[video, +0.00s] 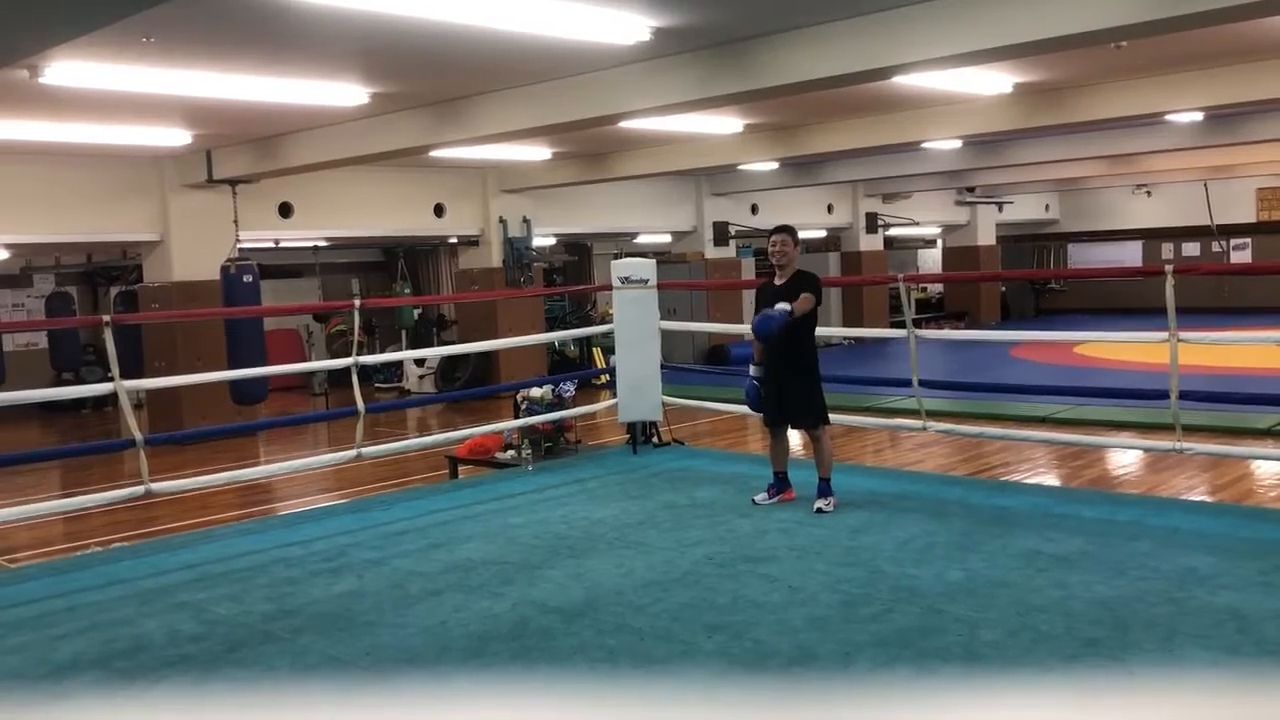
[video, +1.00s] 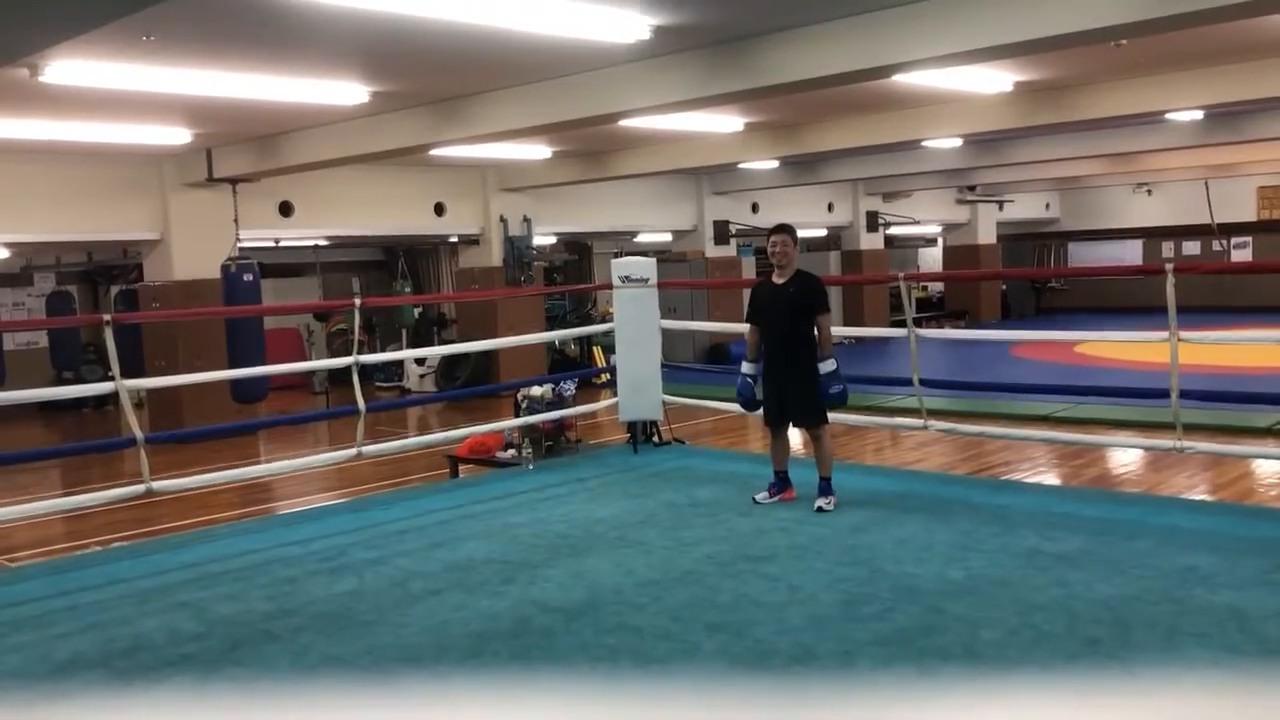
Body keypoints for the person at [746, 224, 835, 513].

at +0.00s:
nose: (777, 249)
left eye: (784, 244)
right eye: (773, 245)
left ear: (796, 249)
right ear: (767, 251)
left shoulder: (809, 280)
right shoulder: (764, 290)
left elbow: (808, 301)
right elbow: (759, 334)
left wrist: (786, 312)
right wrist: (755, 374)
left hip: (802, 367)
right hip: (772, 368)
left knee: (815, 430)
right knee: (775, 428)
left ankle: (824, 489)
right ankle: (780, 484)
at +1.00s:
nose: (778, 250)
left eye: (784, 244)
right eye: (773, 245)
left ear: (795, 248)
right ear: (767, 250)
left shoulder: (811, 284)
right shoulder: (760, 289)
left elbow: (824, 330)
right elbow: (753, 334)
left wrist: (829, 371)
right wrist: (748, 374)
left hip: (805, 371)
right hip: (773, 372)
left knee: (816, 430)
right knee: (776, 429)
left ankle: (825, 488)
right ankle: (781, 483)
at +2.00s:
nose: (773, 253)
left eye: (779, 247)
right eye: (769, 248)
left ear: (792, 250)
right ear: (764, 252)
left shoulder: (806, 286)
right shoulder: (759, 290)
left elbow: (814, 331)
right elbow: (753, 334)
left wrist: (814, 373)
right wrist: (749, 375)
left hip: (799, 372)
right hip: (768, 372)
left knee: (812, 432)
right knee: (773, 430)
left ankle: (822, 490)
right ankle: (779, 485)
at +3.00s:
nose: (777, 250)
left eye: (783, 245)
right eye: (773, 245)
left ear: (797, 248)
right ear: (769, 250)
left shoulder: (810, 285)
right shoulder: (763, 286)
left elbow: (818, 329)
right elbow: (756, 330)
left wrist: (816, 371)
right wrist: (750, 372)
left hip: (802, 370)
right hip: (771, 370)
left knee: (815, 429)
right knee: (775, 428)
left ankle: (825, 489)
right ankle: (781, 483)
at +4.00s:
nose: (780, 249)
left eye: (786, 244)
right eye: (776, 244)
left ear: (800, 248)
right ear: (772, 249)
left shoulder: (814, 285)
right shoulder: (766, 286)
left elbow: (822, 330)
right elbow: (758, 330)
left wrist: (821, 372)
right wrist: (753, 371)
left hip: (806, 370)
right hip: (774, 370)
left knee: (818, 430)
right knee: (778, 428)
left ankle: (827, 488)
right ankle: (783, 483)